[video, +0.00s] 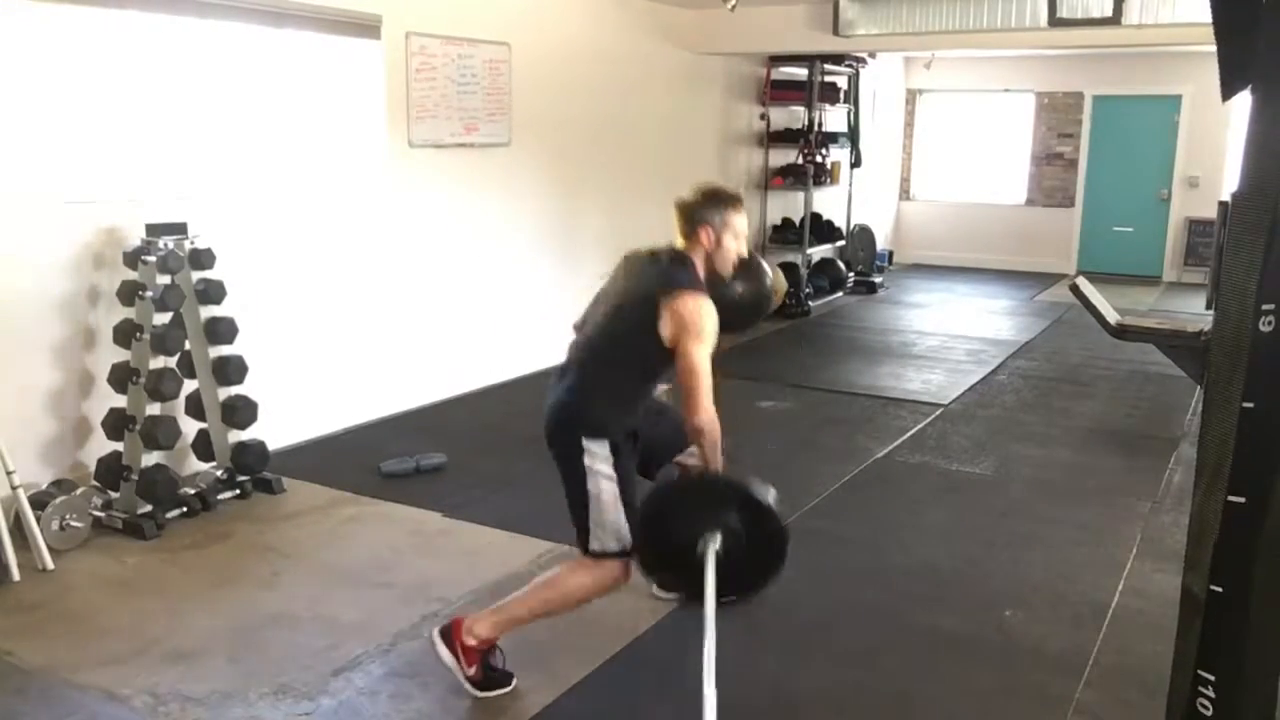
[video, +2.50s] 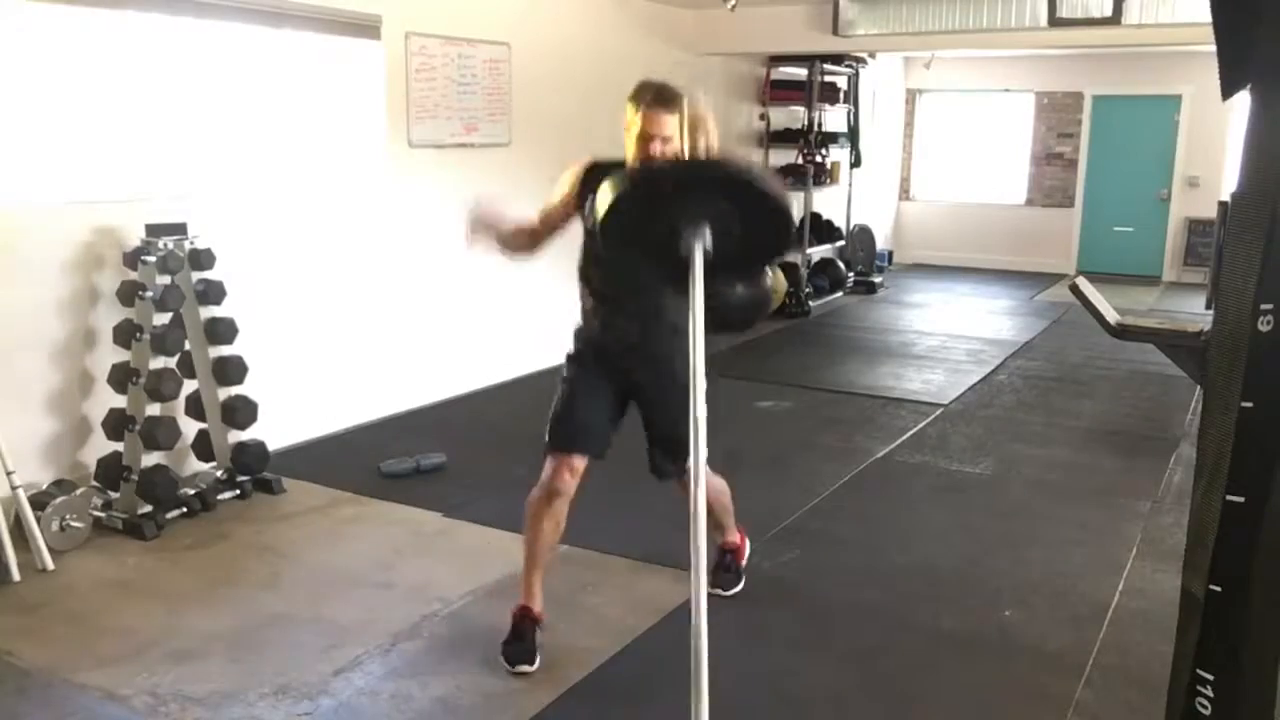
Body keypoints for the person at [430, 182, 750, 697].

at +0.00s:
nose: (743, 248)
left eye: (744, 236)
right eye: (738, 236)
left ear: (698, 235)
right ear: (707, 235)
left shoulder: (646, 263)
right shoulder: (694, 303)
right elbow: (700, 419)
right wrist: (717, 485)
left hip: (623, 402)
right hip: (589, 421)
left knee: (696, 460)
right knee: (609, 565)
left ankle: (670, 558)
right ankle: (474, 634)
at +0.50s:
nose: (727, 168)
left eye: (730, 157)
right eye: (716, 155)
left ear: (726, 159)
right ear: (687, 153)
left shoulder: (686, 208)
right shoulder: (663, 196)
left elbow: (678, 288)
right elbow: (675, 278)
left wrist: (707, 342)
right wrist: (715, 347)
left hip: (648, 359)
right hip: (598, 363)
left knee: (701, 445)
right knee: (582, 503)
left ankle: (683, 564)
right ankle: (475, 617)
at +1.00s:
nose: (641, 148)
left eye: (652, 136)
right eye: (634, 136)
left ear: (672, 142)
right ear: (620, 141)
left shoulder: (684, 196)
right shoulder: (596, 202)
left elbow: (709, 141)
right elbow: (575, 269)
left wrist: (703, 78)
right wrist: (569, 301)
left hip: (668, 368)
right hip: (602, 362)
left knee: (690, 480)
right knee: (555, 481)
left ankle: (732, 545)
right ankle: (548, 610)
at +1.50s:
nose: (723, 179)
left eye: (724, 166)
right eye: (717, 165)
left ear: (686, 161)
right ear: (683, 159)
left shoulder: (665, 211)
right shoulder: (647, 214)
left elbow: (662, 294)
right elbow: (648, 299)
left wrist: (709, 318)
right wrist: (715, 327)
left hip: (622, 363)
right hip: (586, 369)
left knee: (683, 449)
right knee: (595, 516)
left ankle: (676, 568)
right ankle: (475, 618)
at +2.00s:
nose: (746, 275)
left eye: (748, 264)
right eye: (743, 262)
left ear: (700, 257)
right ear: (712, 258)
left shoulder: (640, 283)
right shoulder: (706, 326)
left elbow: (581, 346)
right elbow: (707, 436)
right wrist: (700, 518)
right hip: (592, 435)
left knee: (693, 446)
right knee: (611, 579)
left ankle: (677, 557)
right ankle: (473, 627)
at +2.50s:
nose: (653, 150)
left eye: (664, 140)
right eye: (645, 138)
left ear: (684, 141)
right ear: (630, 133)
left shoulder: (693, 192)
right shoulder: (594, 179)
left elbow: (735, 252)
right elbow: (532, 239)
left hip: (667, 355)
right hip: (598, 352)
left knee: (690, 475)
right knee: (558, 478)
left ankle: (731, 538)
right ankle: (528, 609)